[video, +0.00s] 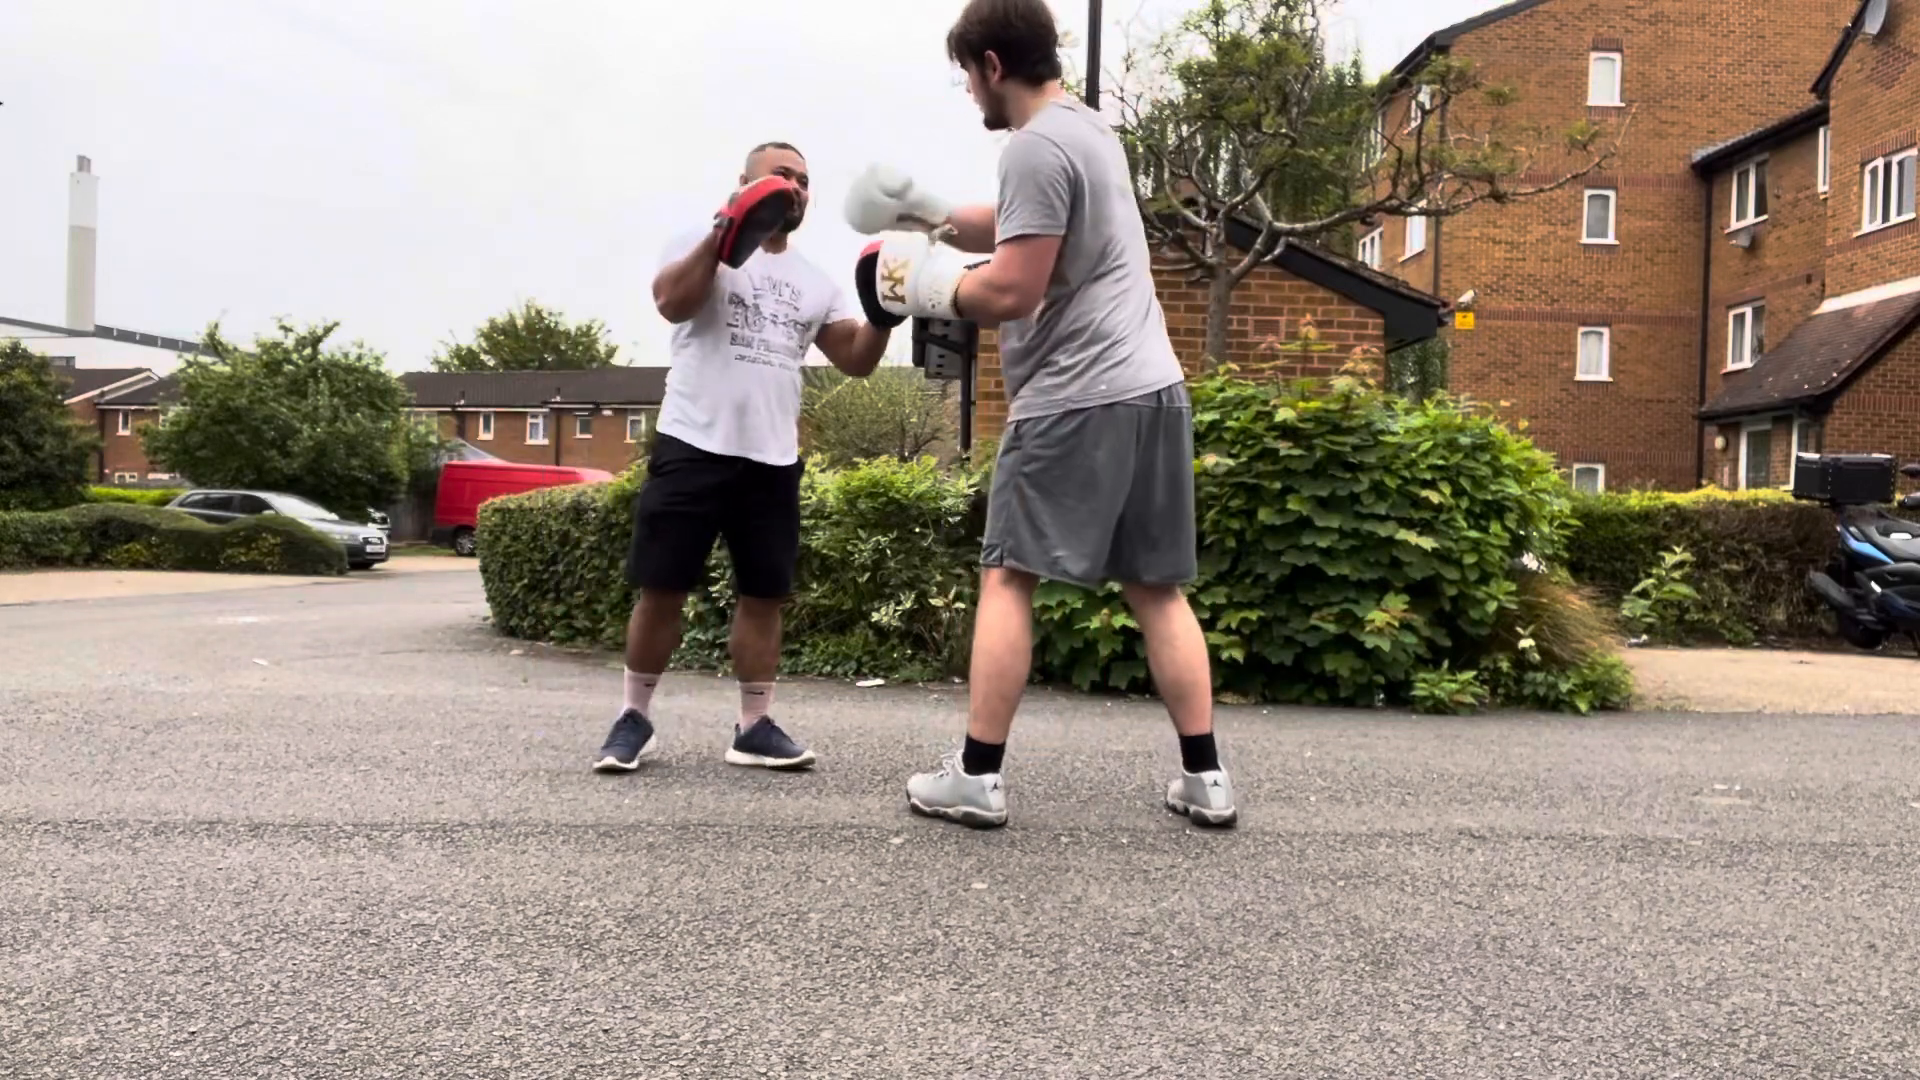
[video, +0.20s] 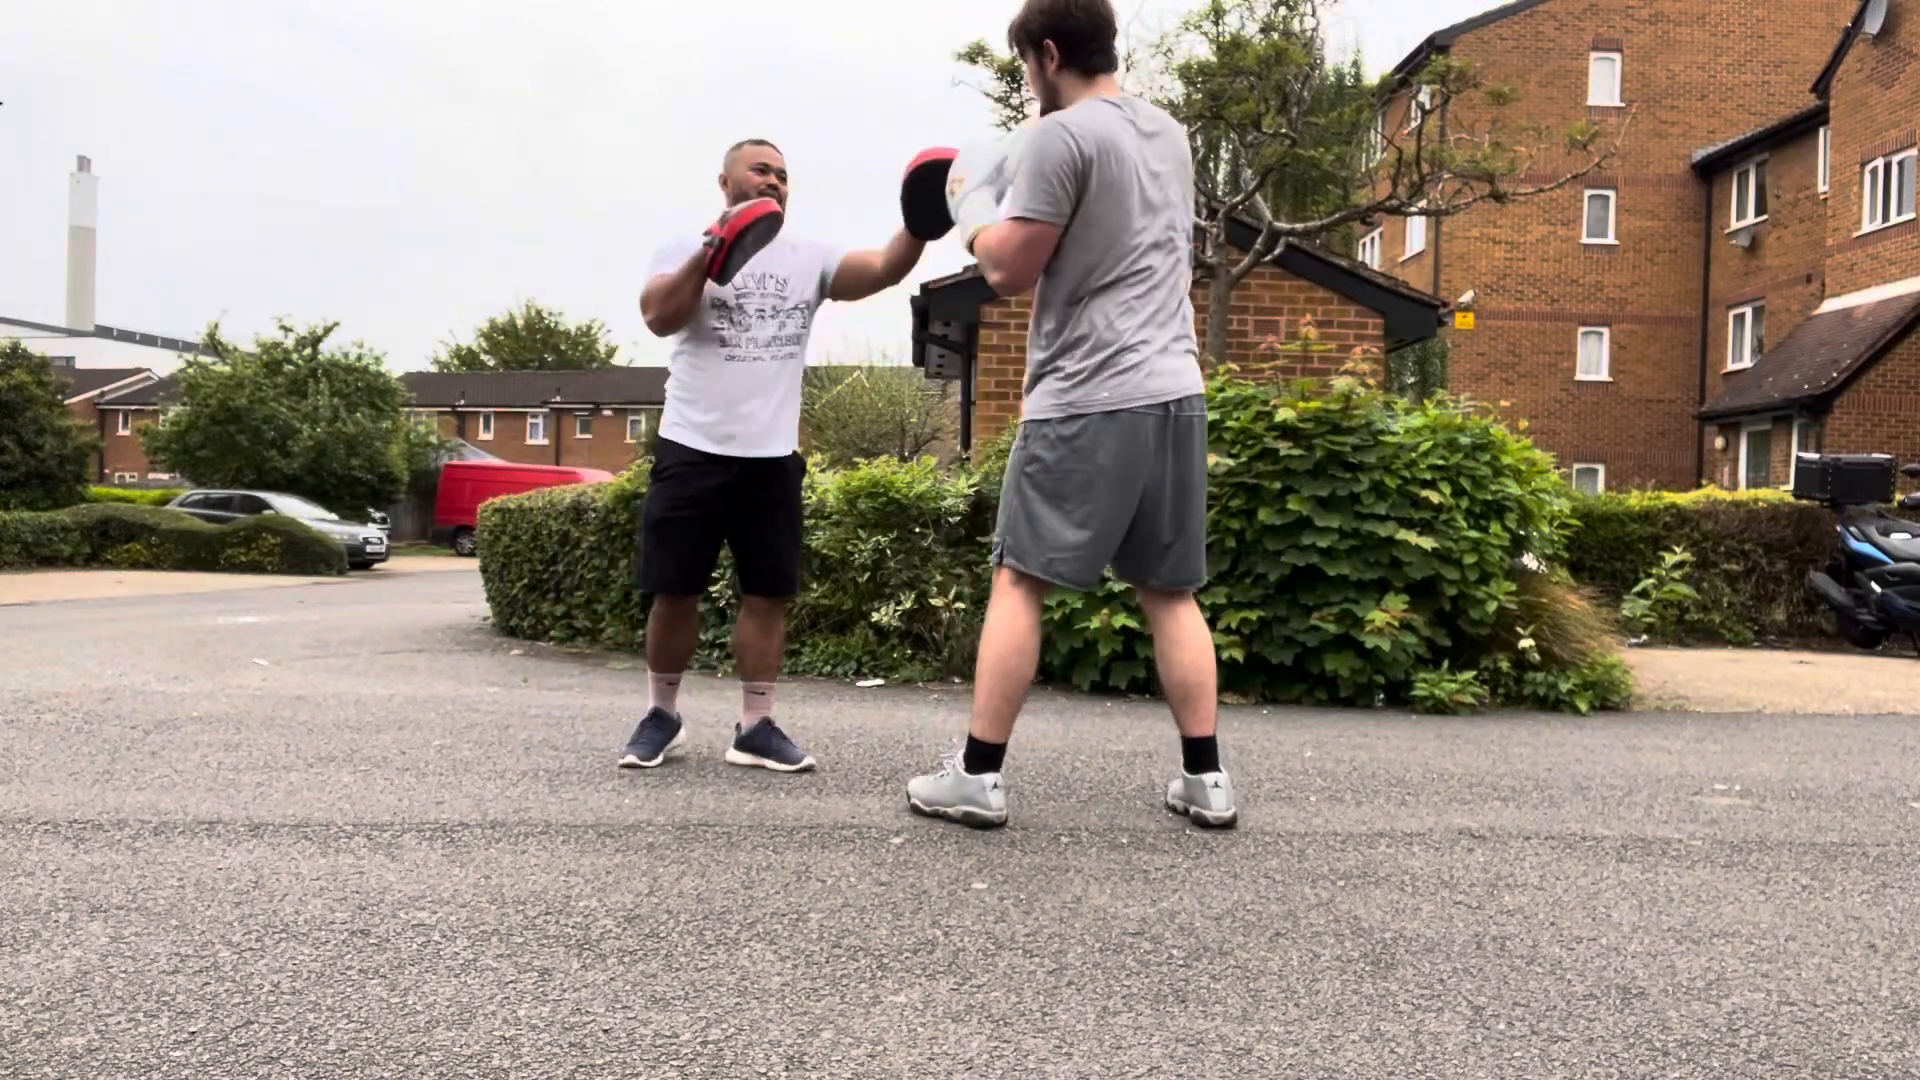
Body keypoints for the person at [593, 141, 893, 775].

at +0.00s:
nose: (794, 188)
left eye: (802, 180)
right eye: (780, 176)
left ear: (809, 198)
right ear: (744, 186)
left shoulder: (814, 280)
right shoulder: (704, 246)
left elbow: (858, 360)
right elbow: (672, 304)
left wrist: (887, 306)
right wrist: (725, 233)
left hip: (771, 454)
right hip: (690, 443)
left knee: (765, 592)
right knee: (661, 586)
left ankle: (755, 724)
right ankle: (634, 717)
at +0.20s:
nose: (775, 182)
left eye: (782, 176)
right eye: (761, 170)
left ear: (788, 194)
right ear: (726, 180)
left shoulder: (808, 257)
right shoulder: (686, 251)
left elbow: (885, 268)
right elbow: (659, 319)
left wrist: (923, 217)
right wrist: (710, 252)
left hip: (772, 454)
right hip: (691, 448)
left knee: (769, 592)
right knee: (674, 590)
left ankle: (755, 725)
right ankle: (661, 714)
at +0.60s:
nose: (743, 187)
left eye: (750, 178)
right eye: (727, 177)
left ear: (760, 195)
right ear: (693, 191)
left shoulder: (785, 264)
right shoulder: (664, 262)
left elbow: (840, 341)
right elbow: (628, 322)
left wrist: (857, 291)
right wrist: (669, 247)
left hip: (773, 455)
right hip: (687, 457)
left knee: (805, 580)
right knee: (675, 595)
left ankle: (810, 717)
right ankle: (666, 721)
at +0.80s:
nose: (782, 194)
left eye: (787, 187)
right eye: (767, 183)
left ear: (793, 204)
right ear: (732, 197)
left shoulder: (806, 275)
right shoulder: (698, 259)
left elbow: (846, 365)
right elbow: (679, 290)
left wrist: (868, 304)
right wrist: (713, 216)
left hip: (784, 461)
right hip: (699, 458)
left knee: (809, 593)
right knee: (682, 599)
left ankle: (830, 727)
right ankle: (665, 721)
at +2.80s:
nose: (763, 190)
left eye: (770, 181)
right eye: (748, 181)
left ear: (778, 195)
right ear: (713, 196)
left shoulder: (799, 266)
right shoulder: (679, 259)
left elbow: (863, 328)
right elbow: (672, 324)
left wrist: (861, 257)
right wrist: (708, 244)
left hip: (785, 461)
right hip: (700, 459)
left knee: (810, 593)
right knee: (684, 600)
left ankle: (829, 727)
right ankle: (665, 722)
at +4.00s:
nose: (812, 187)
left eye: (820, 180)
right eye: (797, 175)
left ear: (828, 199)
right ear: (760, 192)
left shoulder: (851, 269)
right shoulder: (727, 264)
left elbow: (929, 309)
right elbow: (694, 336)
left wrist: (944, 245)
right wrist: (751, 275)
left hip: (823, 469)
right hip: (735, 466)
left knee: (847, 591)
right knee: (702, 602)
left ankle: (847, 731)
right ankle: (666, 721)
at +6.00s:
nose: (792, 193)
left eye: (799, 185)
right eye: (777, 183)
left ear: (807, 200)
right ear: (743, 197)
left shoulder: (827, 268)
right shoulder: (705, 266)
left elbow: (905, 292)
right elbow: (688, 333)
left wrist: (923, 225)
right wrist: (727, 257)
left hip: (813, 464)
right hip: (727, 465)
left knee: (839, 590)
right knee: (712, 601)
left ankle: (851, 728)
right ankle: (699, 721)